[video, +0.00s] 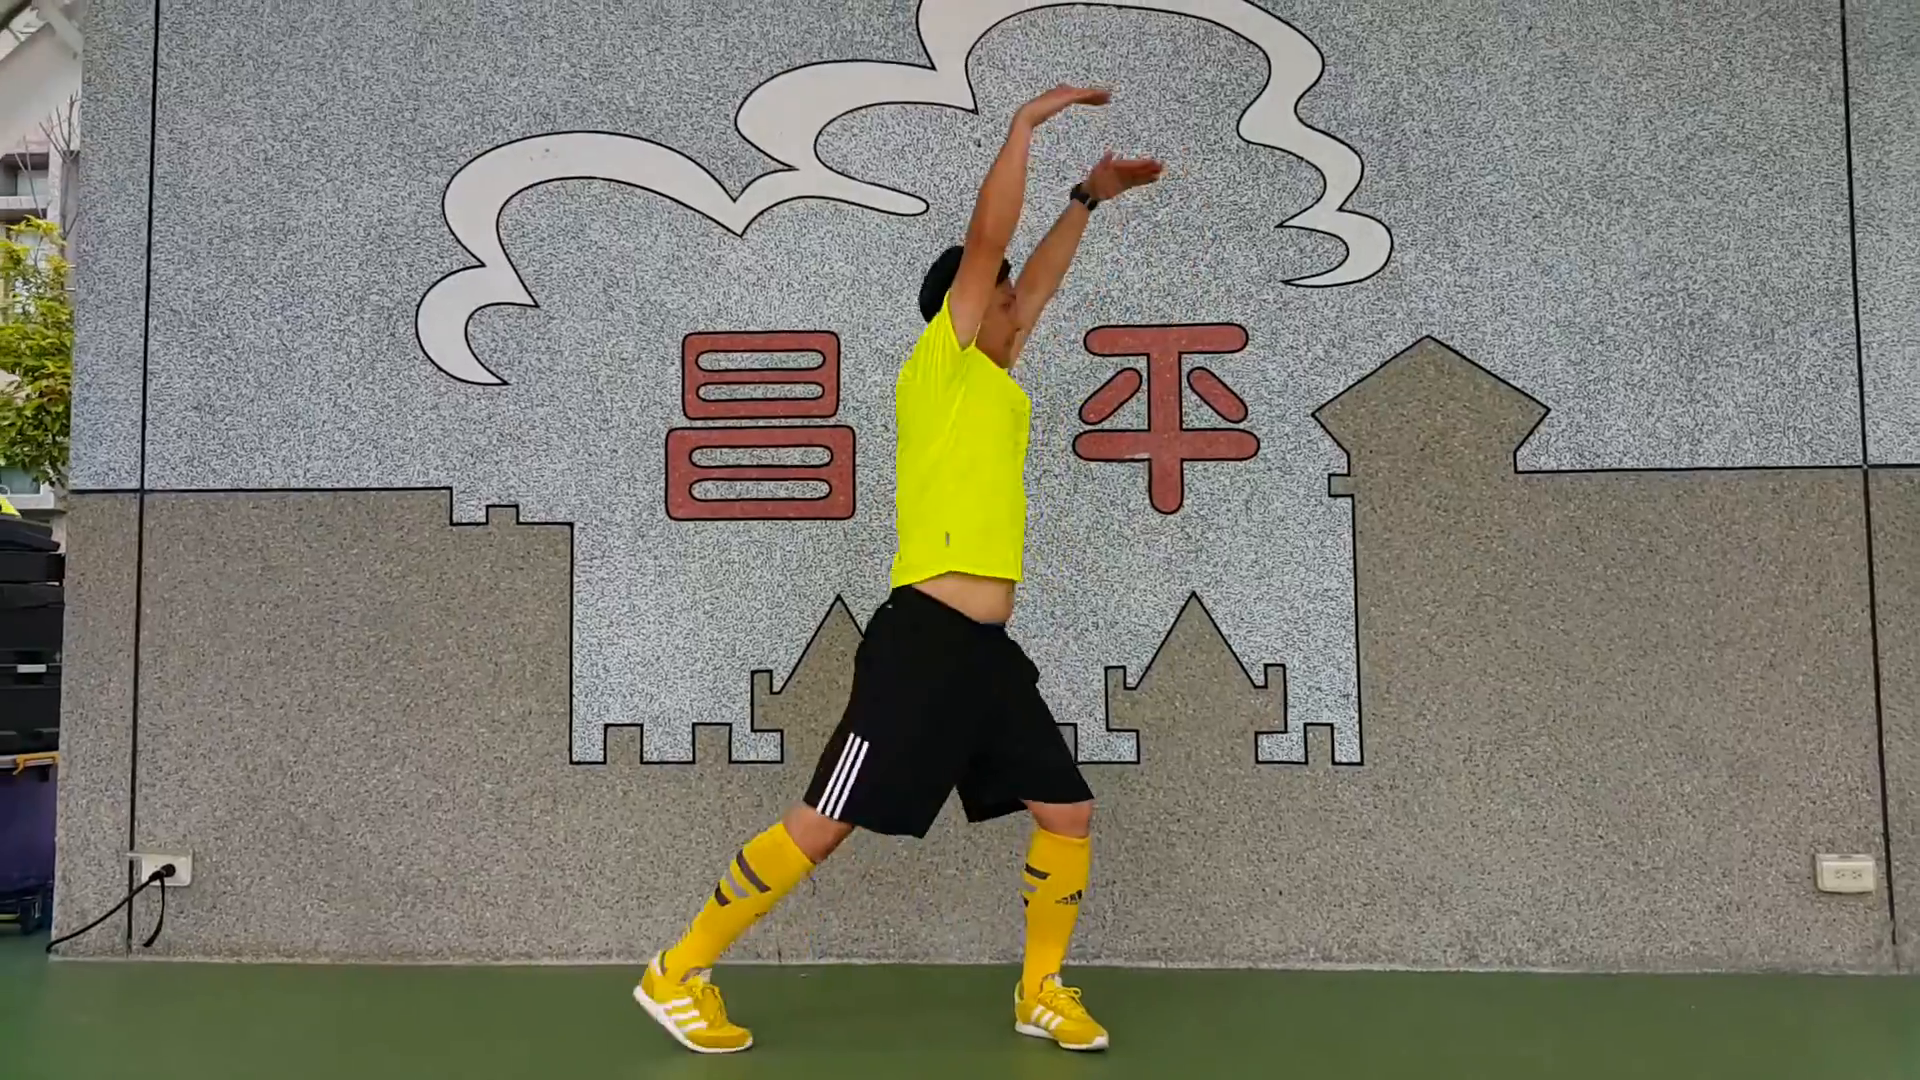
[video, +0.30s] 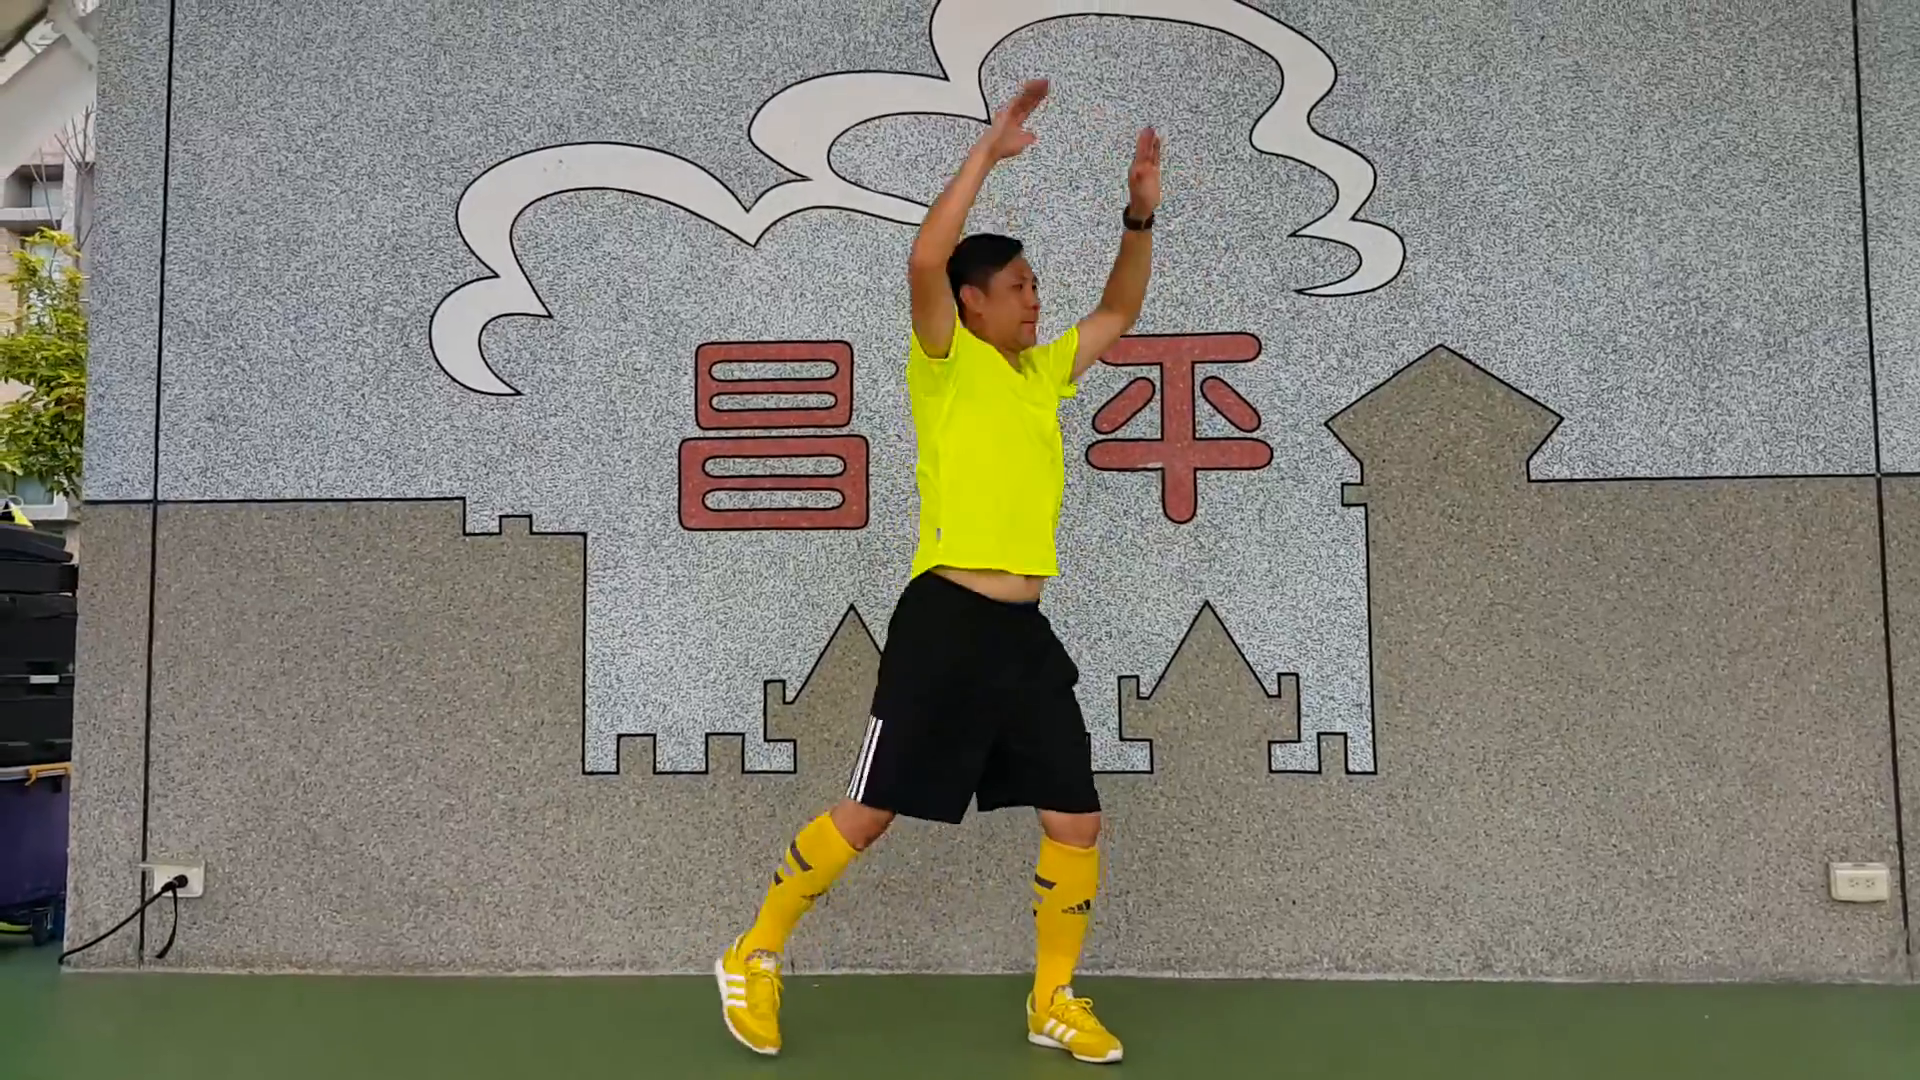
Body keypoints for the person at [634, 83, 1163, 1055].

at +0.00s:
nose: (1011, 301)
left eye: (1012, 291)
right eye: (994, 285)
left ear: (993, 309)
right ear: (957, 298)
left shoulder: (988, 377)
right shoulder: (938, 361)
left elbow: (1036, 292)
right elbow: (989, 246)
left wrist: (1086, 200)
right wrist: (1023, 125)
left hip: (991, 653)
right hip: (919, 641)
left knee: (1067, 812)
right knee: (823, 824)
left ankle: (1041, 994)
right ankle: (676, 974)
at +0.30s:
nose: (1034, 297)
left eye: (1035, 284)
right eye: (1016, 285)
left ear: (1031, 302)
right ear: (967, 299)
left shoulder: (1044, 372)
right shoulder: (943, 361)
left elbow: (1118, 311)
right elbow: (928, 262)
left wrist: (1141, 212)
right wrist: (989, 148)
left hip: (1027, 632)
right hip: (940, 622)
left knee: (1076, 820)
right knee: (867, 815)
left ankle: (1054, 1003)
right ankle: (752, 956)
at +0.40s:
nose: (1026, 274)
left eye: (1035, 262)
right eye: (1007, 263)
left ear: (1048, 277)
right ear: (970, 282)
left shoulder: (1075, 363)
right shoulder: (942, 354)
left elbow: (1185, 346)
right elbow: (869, 330)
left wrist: (1159, 260)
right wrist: (920, 221)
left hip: (1041, 614)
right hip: (945, 607)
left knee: (1068, 809)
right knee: (893, 799)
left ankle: (1053, 999)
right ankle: (849, 976)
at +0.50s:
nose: (999, 271)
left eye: (1013, 257)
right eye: (983, 262)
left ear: (1043, 272)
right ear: (967, 286)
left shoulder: (1091, 363)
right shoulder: (937, 365)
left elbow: (1181, 437)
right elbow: (868, 450)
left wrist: (1170, 364)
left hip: (1045, 612)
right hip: (942, 607)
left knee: (1063, 809)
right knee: (917, 802)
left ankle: (1052, 999)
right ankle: (923, 997)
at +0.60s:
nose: (962, 291)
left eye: (979, 274)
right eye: (956, 280)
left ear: (1026, 281)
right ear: (952, 297)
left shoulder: (1081, 378)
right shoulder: (928, 396)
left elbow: (1119, 498)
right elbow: (891, 511)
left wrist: (1106, 454)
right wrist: (842, 473)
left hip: (1048, 634)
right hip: (942, 633)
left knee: (1071, 823)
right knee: (922, 817)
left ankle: (1050, 1000)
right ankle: (927, 1011)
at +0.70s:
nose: (942, 301)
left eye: (957, 285)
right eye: (942, 288)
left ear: (1007, 295)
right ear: (957, 305)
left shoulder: (1062, 373)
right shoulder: (933, 398)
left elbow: (1079, 421)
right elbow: (843, 458)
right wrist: (808, 368)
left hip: (1053, 637)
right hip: (950, 643)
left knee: (1097, 827)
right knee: (918, 824)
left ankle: (1120, 981)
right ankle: (922, 1011)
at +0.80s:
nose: (950, 301)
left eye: (969, 287)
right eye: (953, 286)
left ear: (1012, 298)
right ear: (958, 305)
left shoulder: (1056, 378)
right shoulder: (943, 390)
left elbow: (1015, 282)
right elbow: (854, 364)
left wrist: (942, 200)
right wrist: (826, 267)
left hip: (1059, 628)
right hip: (971, 641)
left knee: (1123, 830)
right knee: (920, 826)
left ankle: (1227, 971)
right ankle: (918, 1013)